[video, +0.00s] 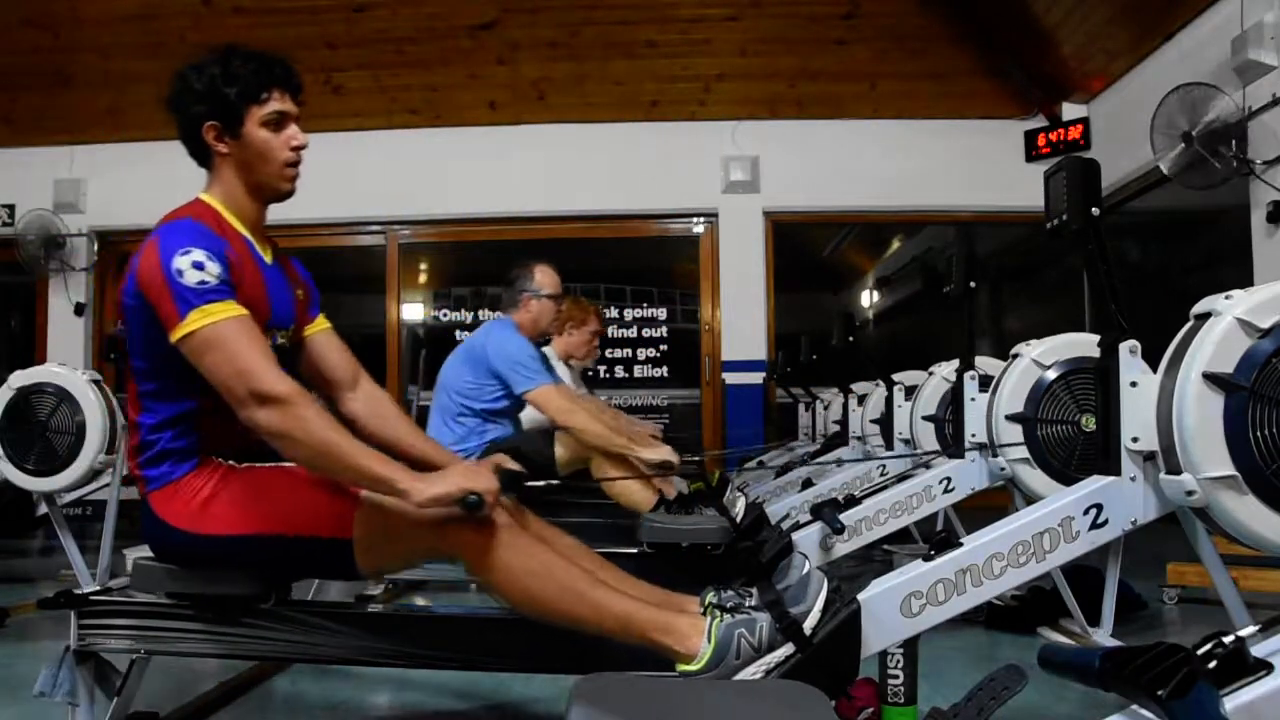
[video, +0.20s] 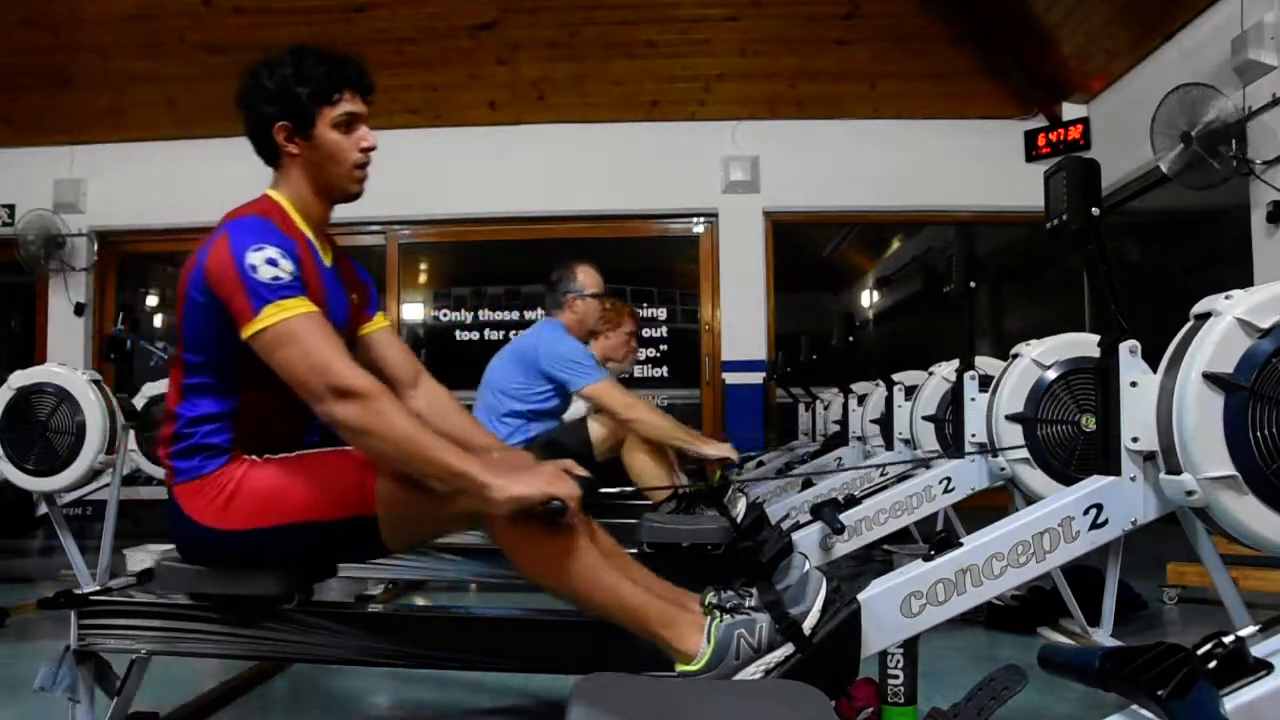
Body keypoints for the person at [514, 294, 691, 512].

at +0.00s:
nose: (560, 309)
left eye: (560, 301)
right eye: (555, 300)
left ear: (528, 304)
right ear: (528, 303)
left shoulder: (511, 339)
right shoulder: (506, 341)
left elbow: (569, 401)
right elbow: (562, 412)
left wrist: (639, 444)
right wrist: (637, 448)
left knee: (602, 433)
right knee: (593, 443)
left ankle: (671, 498)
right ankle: (657, 514)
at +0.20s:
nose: (604, 306)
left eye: (603, 298)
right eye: (598, 298)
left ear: (574, 304)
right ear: (573, 304)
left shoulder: (557, 338)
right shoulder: (553, 341)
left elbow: (627, 404)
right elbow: (627, 409)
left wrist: (696, 440)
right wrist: (697, 444)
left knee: (638, 423)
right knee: (628, 424)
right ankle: (674, 518)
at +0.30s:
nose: (629, 306)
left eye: (627, 298)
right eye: (621, 298)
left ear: (595, 305)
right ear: (596, 305)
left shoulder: (577, 340)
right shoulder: (580, 344)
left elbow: (651, 408)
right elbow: (654, 409)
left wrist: (722, 446)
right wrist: (729, 445)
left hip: (541, 446)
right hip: (535, 452)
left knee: (649, 414)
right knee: (645, 415)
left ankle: (678, 506)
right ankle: (676, 514)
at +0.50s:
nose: (675, 308)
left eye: (673, 300)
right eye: (667, 301)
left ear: (640, 308)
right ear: (642, 308)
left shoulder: (619, 338)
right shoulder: (625, 342)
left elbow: (695, 413)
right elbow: (704, 406)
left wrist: (759, 446)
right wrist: (779, 443)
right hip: (573, 438)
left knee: (682, 408)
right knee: (679, 410)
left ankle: (682, 503)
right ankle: (682, 508)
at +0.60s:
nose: (693, 309)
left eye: (691, 301)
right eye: (686, 301)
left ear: (658, 310)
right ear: (661, 310)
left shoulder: (639, 340)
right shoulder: (647, 343)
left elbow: (718, 414)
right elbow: (723, 407)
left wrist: (780, 445)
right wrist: (797, 445)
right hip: (594, 437)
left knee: (694, 406)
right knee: (695, 408)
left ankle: (698, 495)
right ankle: (691, 499)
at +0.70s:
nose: (707, 312)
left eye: (705, 304)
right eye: (700, 304)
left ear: (675, 309)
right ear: (675, 309)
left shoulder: (655, 339)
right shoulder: (665, 345)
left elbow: (736, 409)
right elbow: (740, 409)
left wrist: (800, 446)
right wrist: (814, 446)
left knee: (698, 399)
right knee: (698, 405)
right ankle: (694, 497)